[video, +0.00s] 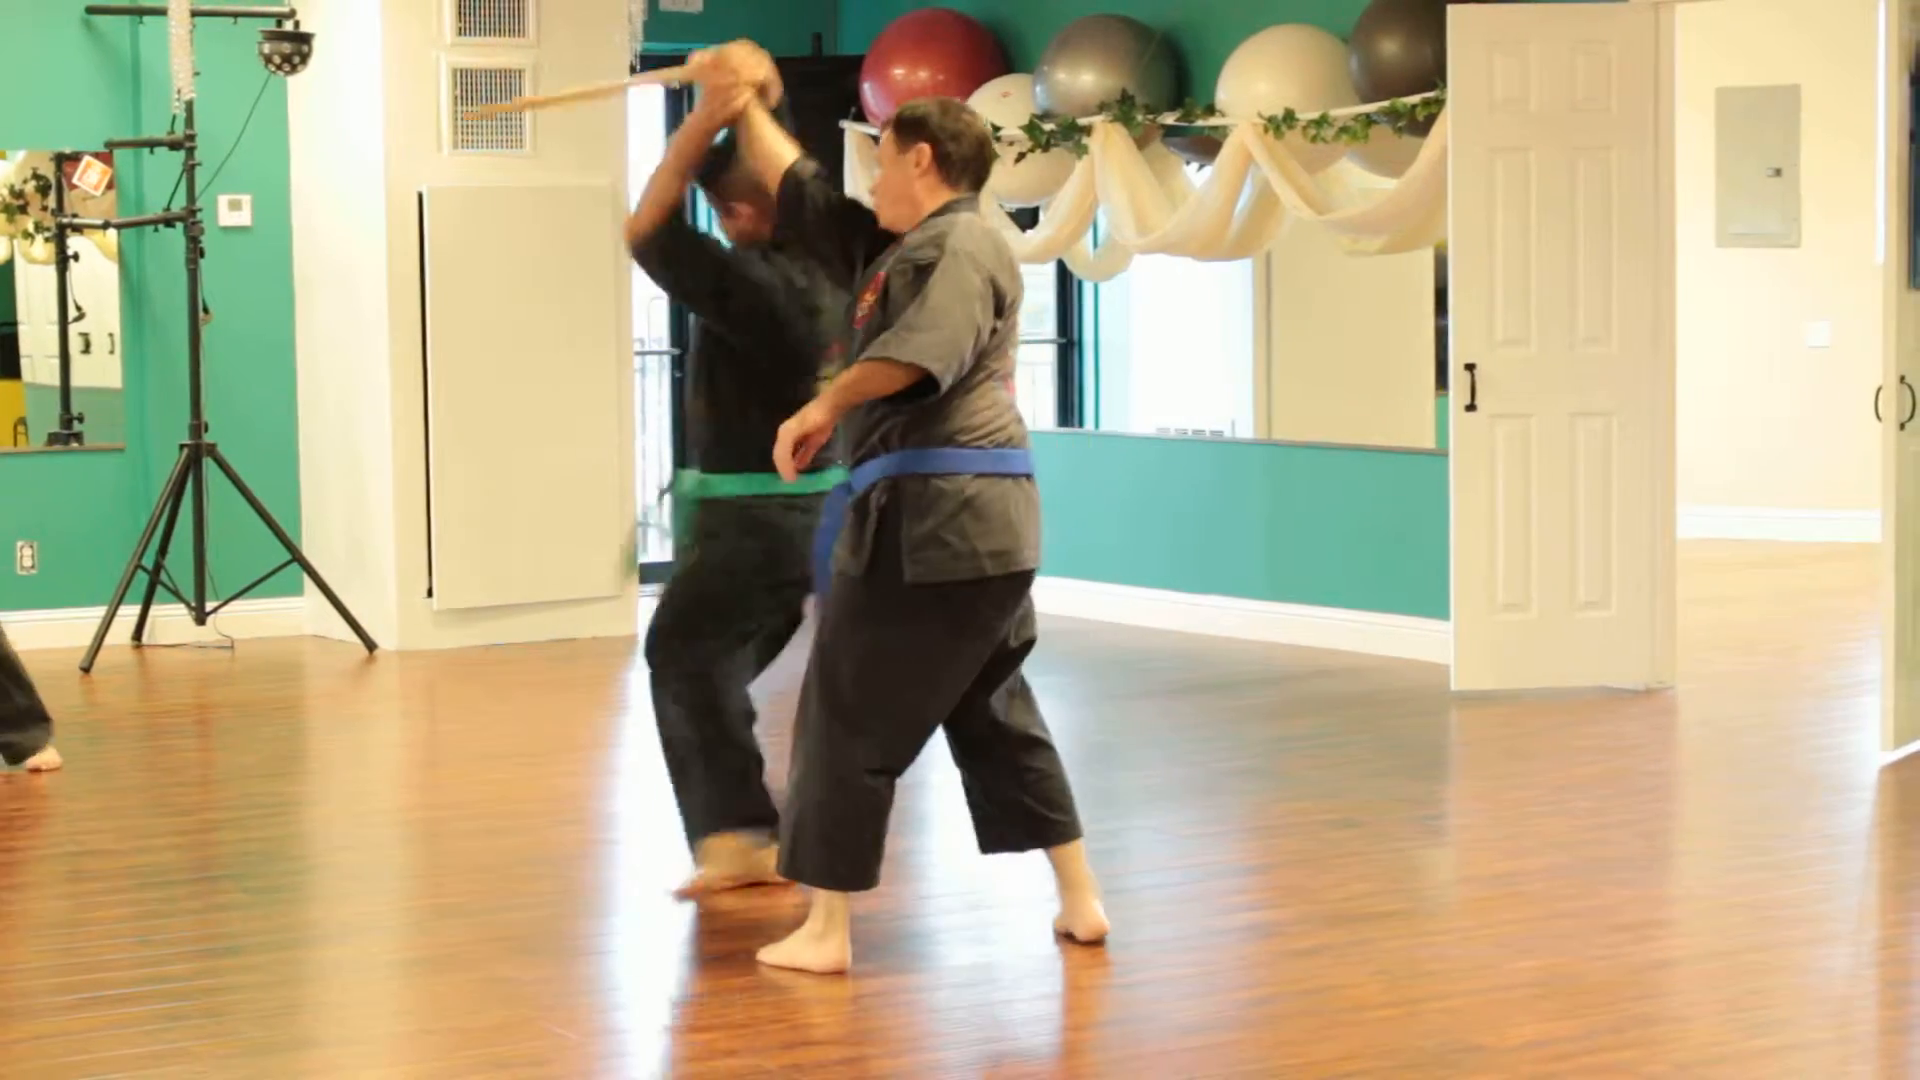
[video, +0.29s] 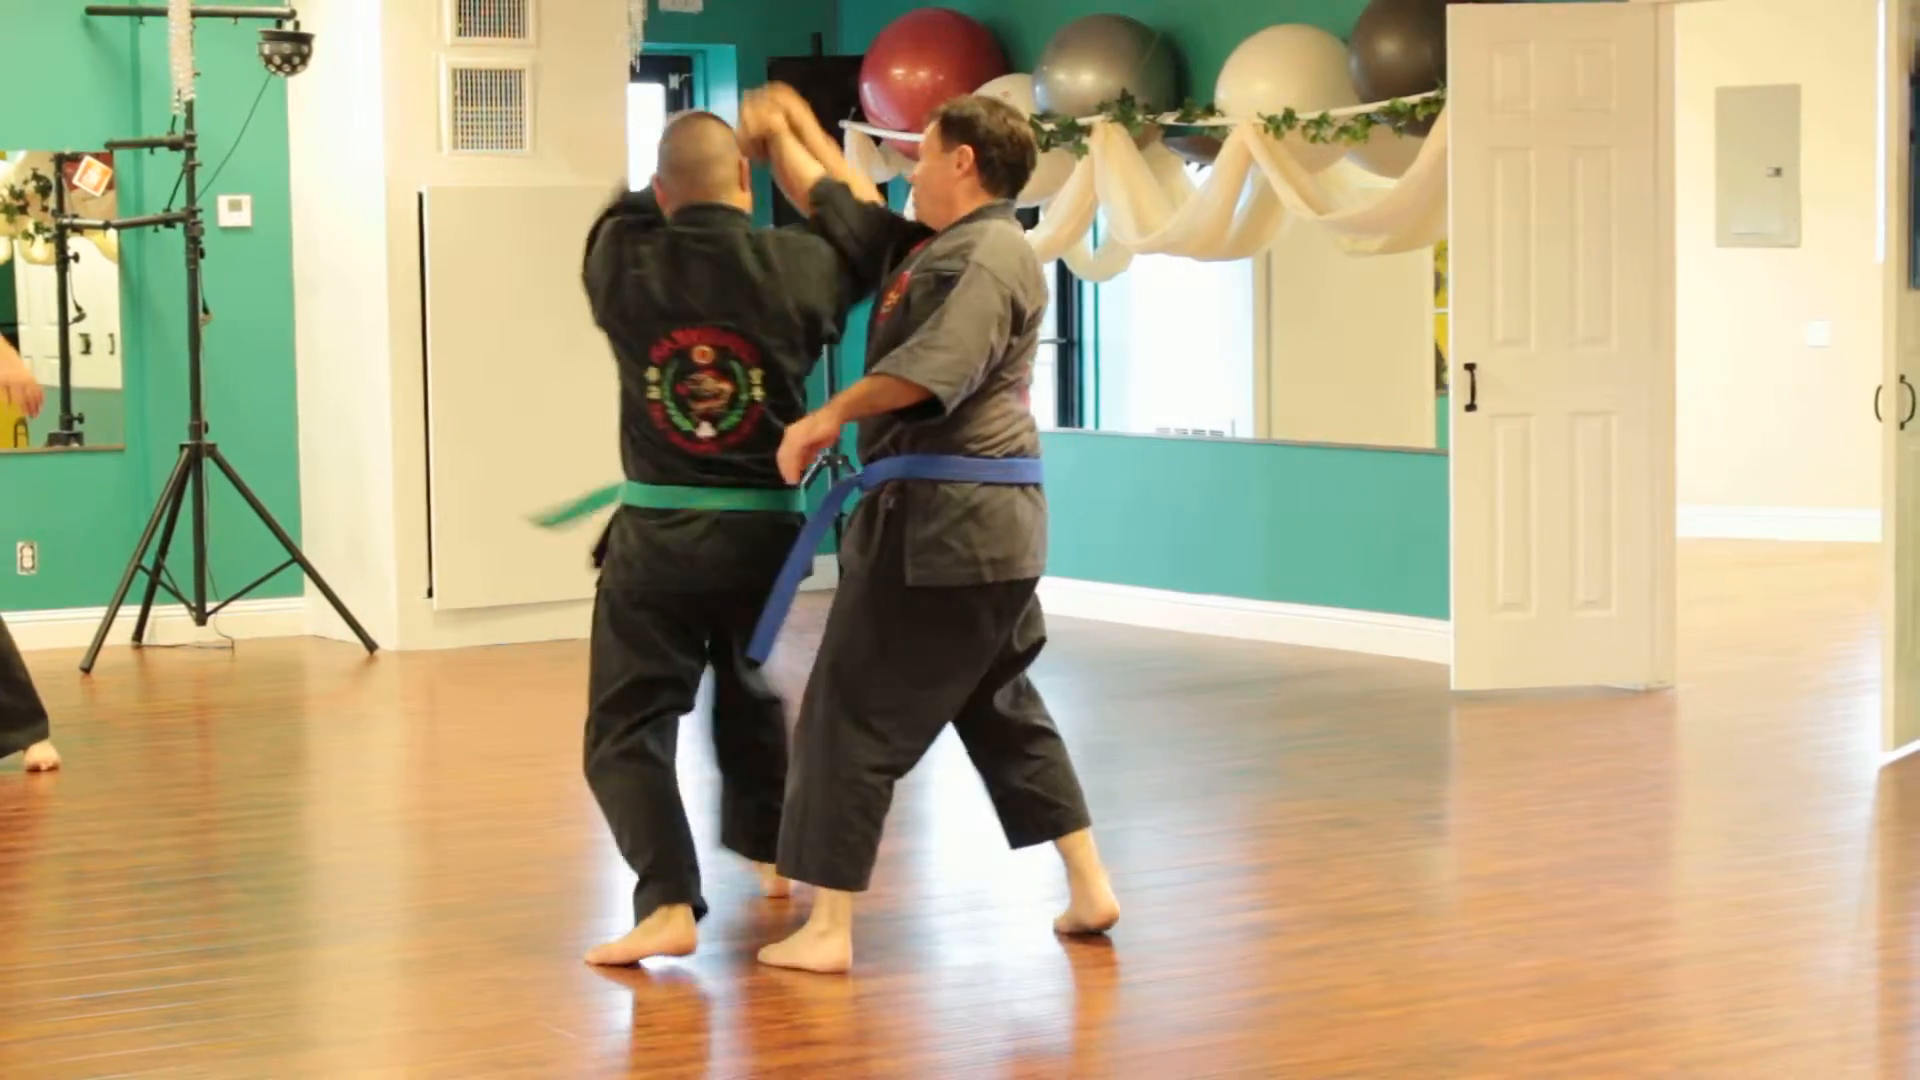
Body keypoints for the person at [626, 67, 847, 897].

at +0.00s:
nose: (721, 222)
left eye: (726, 207)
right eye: (719, 208)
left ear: (747, 208)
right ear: (782, 196)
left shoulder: (755, 284)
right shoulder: (827, 263)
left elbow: (649, 234)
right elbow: (792, 175)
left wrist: (706, 118)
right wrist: (749, 103)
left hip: (753, 511)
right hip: (798, 507)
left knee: (680, 655)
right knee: (717, 667)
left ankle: (731, 840)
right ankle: (753, 834)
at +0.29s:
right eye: (746, 180)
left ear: (659, 191)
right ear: (745, 184)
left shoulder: (624, 267)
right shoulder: (800, 268)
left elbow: (635, 206)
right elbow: (859, 228)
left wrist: (698, 171)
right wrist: (803, 138)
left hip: (660, 531)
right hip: (766, 530)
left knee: (628, 724)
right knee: (747, 678)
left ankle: (666, 906)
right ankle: (777, 861)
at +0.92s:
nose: (714, 382)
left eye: (711, 374)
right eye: (715, 375)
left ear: (719, 368)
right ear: (789, 347)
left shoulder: (716, 426)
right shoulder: (875, 391)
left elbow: (738, 577)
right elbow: (941, 480)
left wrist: (802, 638)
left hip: (860, 584)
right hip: (966, 561)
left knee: (729, 746)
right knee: (968, 700)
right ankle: (999, 897)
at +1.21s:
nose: (735, 423)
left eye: (732, 415)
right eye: (734, 415)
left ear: (741, 408)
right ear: (810, 391)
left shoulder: (745, 454)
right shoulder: (871, 419)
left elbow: (736, 610)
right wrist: (900, 711)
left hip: (918, 582)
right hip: (1026, 565)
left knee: (768, 727)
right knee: (998, 683)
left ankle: (803, 941)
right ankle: (1037, 882)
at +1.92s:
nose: (1095, 302)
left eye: (1095, 293)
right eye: (1095, 292)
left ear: (1018, 282)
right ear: (1083, 289)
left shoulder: (967, 336)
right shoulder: (1074, 338)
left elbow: (957, 450)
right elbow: (1133, 463)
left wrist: (1042, 540)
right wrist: (1125, 523)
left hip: (856, 526)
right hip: (951, 528)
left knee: (885, 654)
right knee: (1086, 676)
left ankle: (835, 833)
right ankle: (1083, 875)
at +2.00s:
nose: (1079, 298)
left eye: (1077, 289)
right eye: (1078, 288)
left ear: (999, 279)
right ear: (1067, 284)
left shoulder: (949, 336)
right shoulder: (1045, 320)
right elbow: (1132, 391)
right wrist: (1170, 491)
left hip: (862, 532)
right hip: (956, 534)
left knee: (886, 653)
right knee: (1074, 688)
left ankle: (841, 832)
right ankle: (1085, 871)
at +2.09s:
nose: (1049, 273)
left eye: (1044, 263)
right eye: (1045, 262)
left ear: (969, 268)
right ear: (1035, 264)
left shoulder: (911, 327)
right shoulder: (1043, 295)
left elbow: (834, 444)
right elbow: (1143, 316)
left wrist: (896, 520)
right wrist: (1190, 388)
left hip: (892, 528)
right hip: (998, 523)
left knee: (875, 654)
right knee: (1069, 691)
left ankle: (844, 827)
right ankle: (1096, 867)